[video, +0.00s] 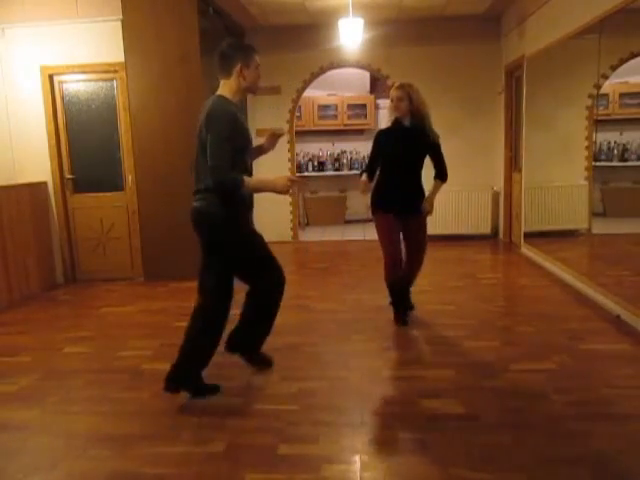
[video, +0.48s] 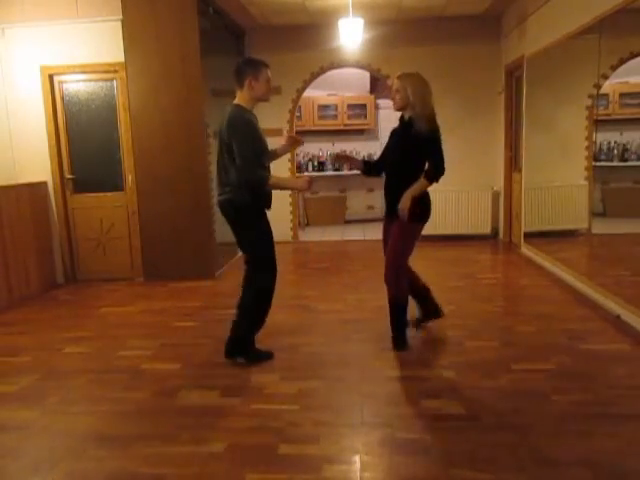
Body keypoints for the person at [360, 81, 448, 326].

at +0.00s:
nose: (394, 104)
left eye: (400, 100)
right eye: (392, 100)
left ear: (411, 102)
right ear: (389, 103)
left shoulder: (424, 134)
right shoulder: (383, 135)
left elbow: (441, 171)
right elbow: (372, 165)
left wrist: (431, 197)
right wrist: (366, 179)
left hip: (412, 200)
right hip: (384, 200)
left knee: (416, 254)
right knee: (392, 255)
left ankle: (403, 289)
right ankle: (399, 308)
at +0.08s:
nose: (394, 103)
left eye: (399, 98)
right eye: (392, 99)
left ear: (411, 100)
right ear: (391, 102)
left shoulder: (427, 134)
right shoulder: (384, 135)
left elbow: (443, 172)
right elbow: (371, 166)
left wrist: (430, 194)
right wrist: (365, 178)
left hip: (413, 201)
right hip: (383, 201)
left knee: (416, 259)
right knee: (388, 261)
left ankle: (412, 289)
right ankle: (398, 308)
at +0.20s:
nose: (394, 102)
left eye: (399, 96)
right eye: (392, 97)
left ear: (413, 98)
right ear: (392, 101)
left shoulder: (429, 132)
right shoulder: (389, 134)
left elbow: (445, 171)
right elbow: (372, 167)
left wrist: (425, 193)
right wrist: (362, 168)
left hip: (410, 202)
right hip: (383, 200)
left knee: (404, 260)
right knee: (386, 262)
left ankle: (406, 317)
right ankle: (400, 311)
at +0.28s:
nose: (393, 100)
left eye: (398, 95)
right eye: (392, 96)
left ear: (412, 96)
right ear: (394, 99)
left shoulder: (429, 130)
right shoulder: (391, 133)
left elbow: (444, 170)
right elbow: (374, 166)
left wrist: (422, 192)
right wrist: (360, 166)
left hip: (410, 202)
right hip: (385, 200)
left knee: (400, 264)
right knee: (387, 264)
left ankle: (399, 330)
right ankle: (401, 319)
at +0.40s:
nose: (392, 98)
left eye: (396, 93)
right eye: (392, 93)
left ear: (411, 95)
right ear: (400, 96)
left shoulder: (427, 128)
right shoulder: (398, 131)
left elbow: (438, 169)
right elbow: (377, 167)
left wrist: (414, 193)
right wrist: (353, 162)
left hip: (412, 204)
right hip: (391, 202)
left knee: (394, 265)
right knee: (394, 262)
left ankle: (397, 330)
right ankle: (414, 304)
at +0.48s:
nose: (393, 97)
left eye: (397, 91)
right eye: (392, 92)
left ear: (412, 94)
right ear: (401, 94)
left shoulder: (424, 125)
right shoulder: (401, 128)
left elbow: (436, 169)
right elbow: (380, 168)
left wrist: (410, 194)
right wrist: (352, 162)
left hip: (413, 206)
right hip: (394, 206)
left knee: (394, 268)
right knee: (395, 265)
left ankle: (399, 334)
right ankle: (429, 306)